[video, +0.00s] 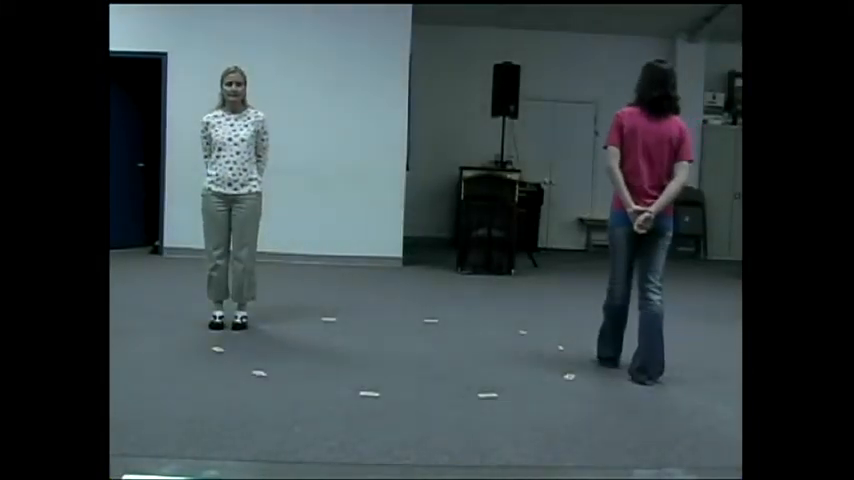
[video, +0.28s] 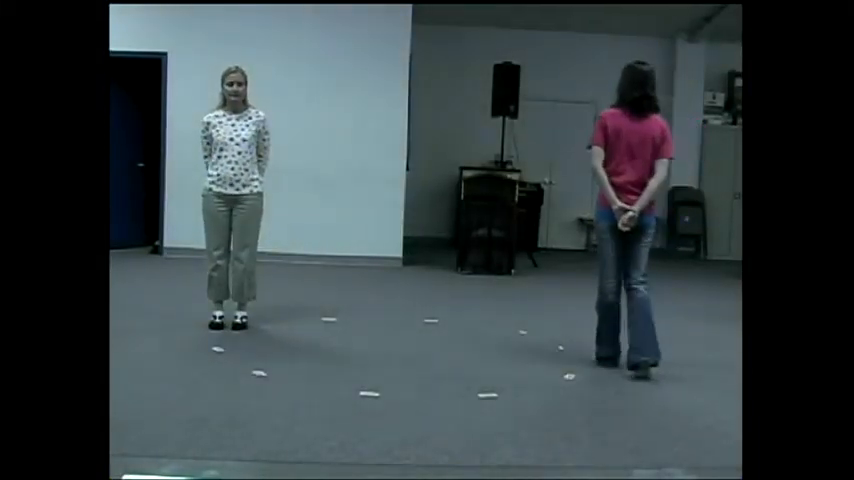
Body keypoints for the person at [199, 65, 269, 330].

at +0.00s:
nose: (234, 89)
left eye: (239, 84)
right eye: (229, 84)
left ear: (245, 87)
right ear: (222, 88)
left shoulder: (257, 119)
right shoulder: (210, 120)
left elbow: (262, 155)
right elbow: (207, 155)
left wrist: (254, 179)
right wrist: (215, 177)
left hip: (247, 191)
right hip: (215, 190)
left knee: (243, 252)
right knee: (217, 252)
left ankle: (241, 309)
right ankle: (217, 309)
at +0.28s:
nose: (235, 89)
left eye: (240, 84)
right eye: (230, 84)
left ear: (246, 87)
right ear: (223, 88)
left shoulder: (258, 119)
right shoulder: (210, 120)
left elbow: (263, 155)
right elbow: (207, 155)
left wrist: (255, 179)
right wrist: (216, 177)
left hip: (248, 191)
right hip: (216, 191)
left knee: (243, 253)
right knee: (217, 253)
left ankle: (241, 309)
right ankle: (217, 308)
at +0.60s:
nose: (237, 91)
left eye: (242, 86)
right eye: (232, 86)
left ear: (248, 89)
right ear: (225, 89)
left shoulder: (260, 120)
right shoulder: (213, 121)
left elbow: (265, 157)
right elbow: (209, 157)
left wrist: (256, 180)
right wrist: (219, 178)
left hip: (250, 192)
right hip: (218, 192)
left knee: (245, 253)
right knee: (219, 253)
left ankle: (242, 310)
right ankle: (218, 309)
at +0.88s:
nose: (235, 92)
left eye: (240, 88)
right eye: (230, 88)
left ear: (247, 90)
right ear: (223, 90)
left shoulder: (258, 122)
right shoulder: (210, 122)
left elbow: (263, 159)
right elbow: (207, 157)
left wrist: (252, 181)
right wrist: (217, 178)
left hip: (246, 195)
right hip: (214, 194)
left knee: (244, 256)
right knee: (215, 254)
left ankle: (241, 310)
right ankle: (211, 314)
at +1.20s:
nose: (232, 87)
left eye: (237, 83)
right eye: (227, 82)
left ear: (243, 87)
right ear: (217, 85)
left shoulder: (252, 121)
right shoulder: (202, 119)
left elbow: (254, 159)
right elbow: (196, 158)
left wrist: (245, 182)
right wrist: (207, 180)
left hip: (240, 196)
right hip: (206, 195)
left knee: (232, 260)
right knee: (207, 261)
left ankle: (235, 302)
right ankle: (210, 319)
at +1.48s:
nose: (231, 80)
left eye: (236, 77)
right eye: (226, 75)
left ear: (242, 82)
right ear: (216, 80)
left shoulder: (251, 117)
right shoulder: (199, 116)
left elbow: (253, 156)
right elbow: (193, 157)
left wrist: (241, 180)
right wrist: (205, 179)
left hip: (241, 195)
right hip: (207, 195)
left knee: (236, 260)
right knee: (209, 262)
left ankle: (233, 326)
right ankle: (211, 318)